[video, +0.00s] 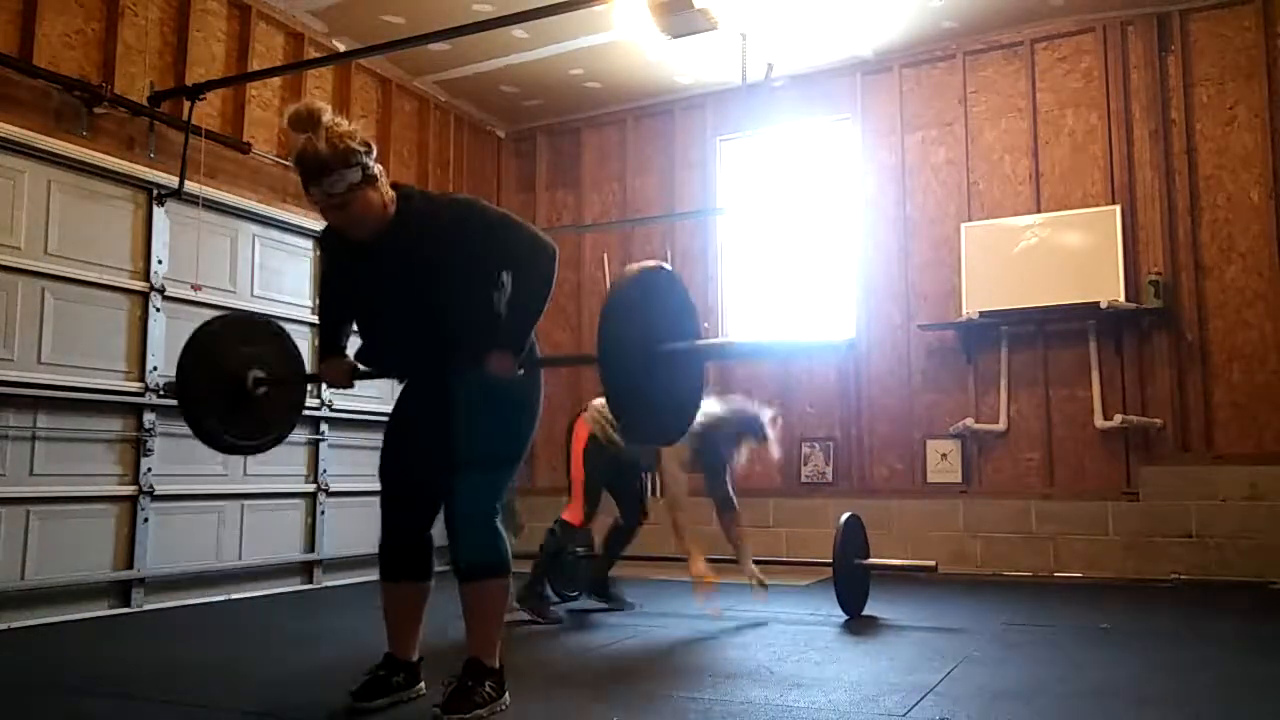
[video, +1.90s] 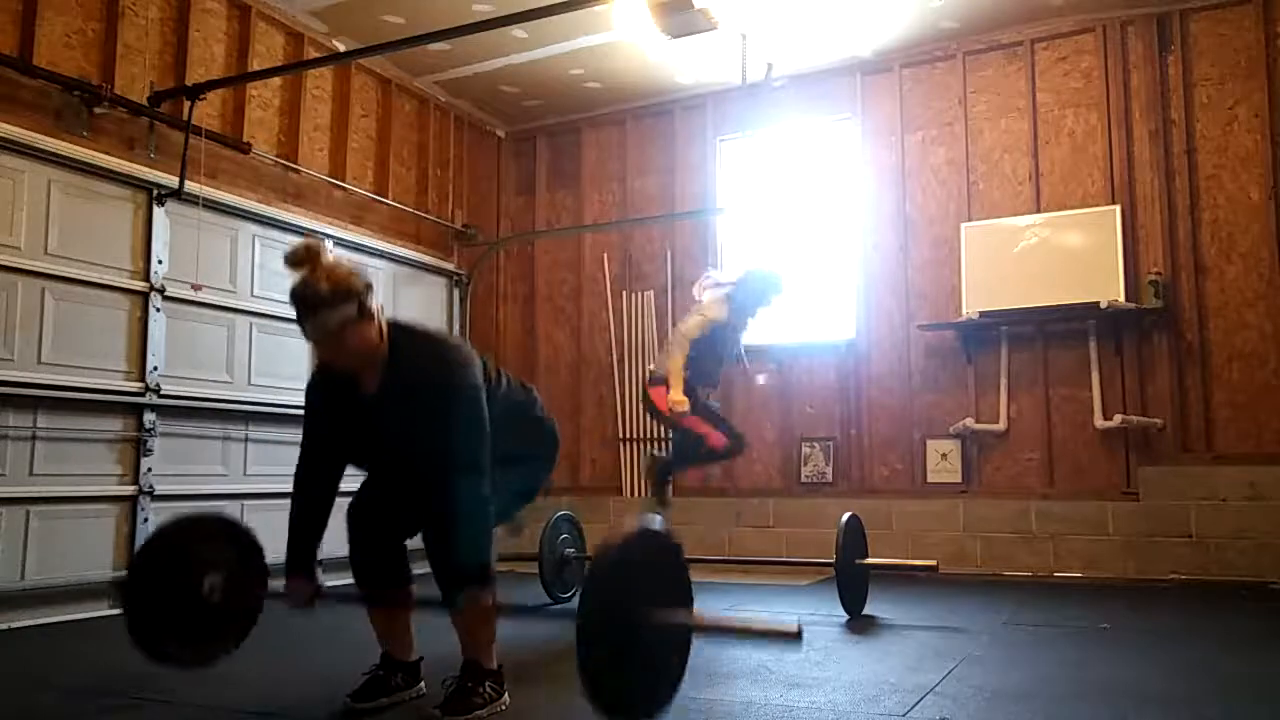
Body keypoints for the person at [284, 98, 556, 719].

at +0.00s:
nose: (335, 217)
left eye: (343, 201)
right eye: (324, 207)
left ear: (378, 182)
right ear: (317, 204)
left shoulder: (450, 219)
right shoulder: (338, 248)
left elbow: (538, 254)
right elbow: (334, 311)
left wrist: (512, 342)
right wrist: (331, 356)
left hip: (493, 377)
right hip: (423, 386)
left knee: (472, 514)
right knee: (402, 516)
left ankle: (485, 670)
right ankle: (402, 664)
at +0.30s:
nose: (335, 220)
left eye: (344, 205)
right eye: (324, 211)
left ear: (376, 190)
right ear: (316, 211)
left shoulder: (444, 240)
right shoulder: (340, 264)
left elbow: (505, 321)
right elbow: (335, 342)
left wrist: (502, 409)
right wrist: (327, 415)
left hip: (494, 387)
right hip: (427, 395)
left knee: (481, 513)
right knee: (407, 516)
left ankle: (486, 672)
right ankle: (403, 663)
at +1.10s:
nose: (363, 183)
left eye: (369, 166)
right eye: (347, 175)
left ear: (393, 146)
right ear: (330, 171)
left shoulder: (451, 194)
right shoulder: (345, 226)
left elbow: (525, 259)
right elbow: (336, 301)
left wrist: (502, 347)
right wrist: (327, 365)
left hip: (494, 371)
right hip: (425, 377)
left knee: (477, 515)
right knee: (404, 514)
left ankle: (486, 670)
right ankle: (403, 663)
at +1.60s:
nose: (325, 239)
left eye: (332, 224)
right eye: (316, 228)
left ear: (369, 205)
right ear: (313, 224)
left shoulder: (437, 253)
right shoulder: (332, 277)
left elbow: (491, 342)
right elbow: (328, 359)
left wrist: (491, 430)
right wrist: (318, 438)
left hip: (494, 393)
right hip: (422, 401)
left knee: (479, 517)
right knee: (402, 517)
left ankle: (485, 669)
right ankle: (403, 662)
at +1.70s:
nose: (326, 281)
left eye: (335, 263)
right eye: (317, 267)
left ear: (369, 246)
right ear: (311, 263)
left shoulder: (442, 293)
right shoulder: (330, 314)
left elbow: (482, 393)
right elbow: (321, 400)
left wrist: (482, 482)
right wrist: (310, 484)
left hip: (500, 409)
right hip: (422, 419)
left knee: (475, 515)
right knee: (394, 514)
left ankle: (485, 670)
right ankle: (401, 664)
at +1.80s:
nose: (329, 318)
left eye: (338, 301)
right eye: (319, 305)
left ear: (372, 283)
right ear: (310, 300)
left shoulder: (444, 331)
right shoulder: (330, 350)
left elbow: (472, 441)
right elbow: (318, 440)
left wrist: (479, 532)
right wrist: (305, 528)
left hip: (505, 433)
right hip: (423, 443)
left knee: (463, 534)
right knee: (382, 515)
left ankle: (483, 672)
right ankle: (400, 665)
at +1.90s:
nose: (332, 351)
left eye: (341, 334)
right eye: (320, 340)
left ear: (371, 318)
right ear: (310, 338)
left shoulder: (446, 365)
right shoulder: (329, 386)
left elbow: (470, 483)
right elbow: (316, 476)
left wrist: (476, 581)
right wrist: (300, 564)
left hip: (514, 450)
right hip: (427, 459)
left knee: (448, 532)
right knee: (369, 519)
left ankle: (482, 674)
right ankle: (399, 666)